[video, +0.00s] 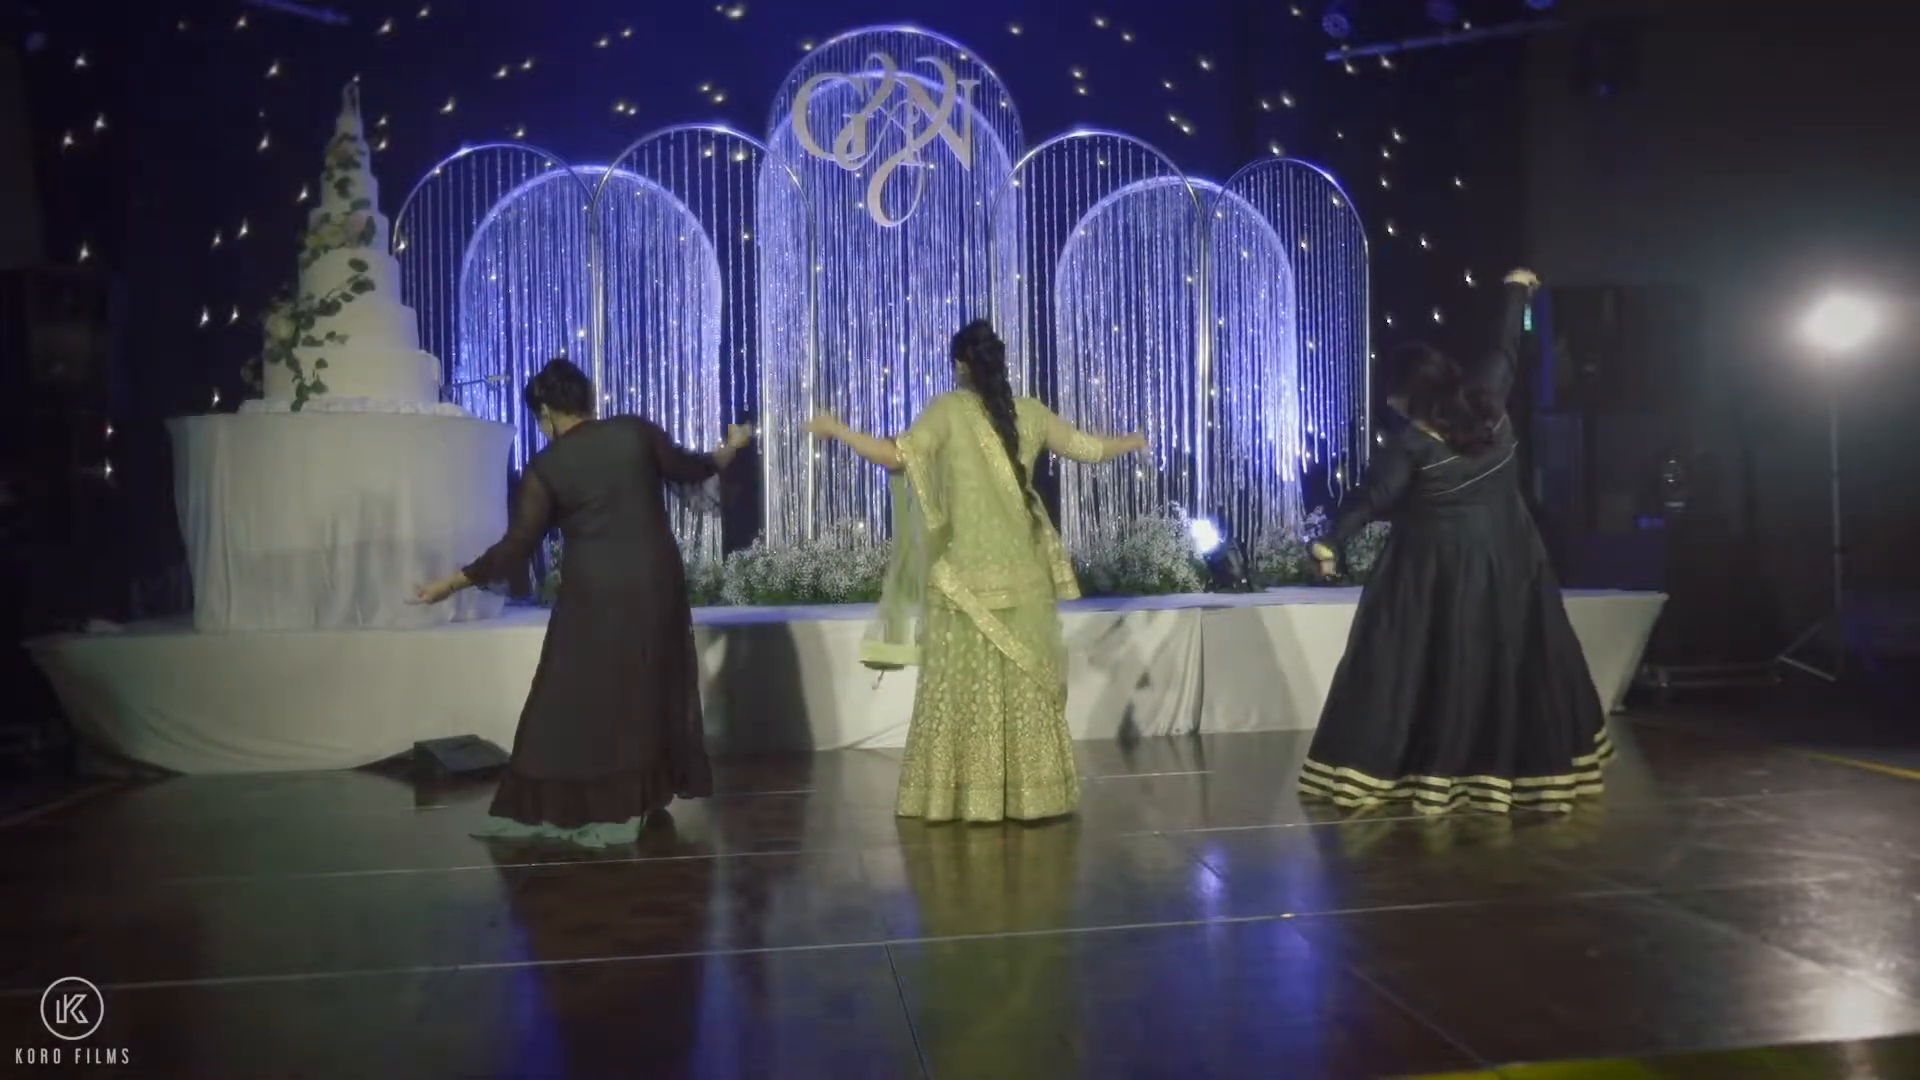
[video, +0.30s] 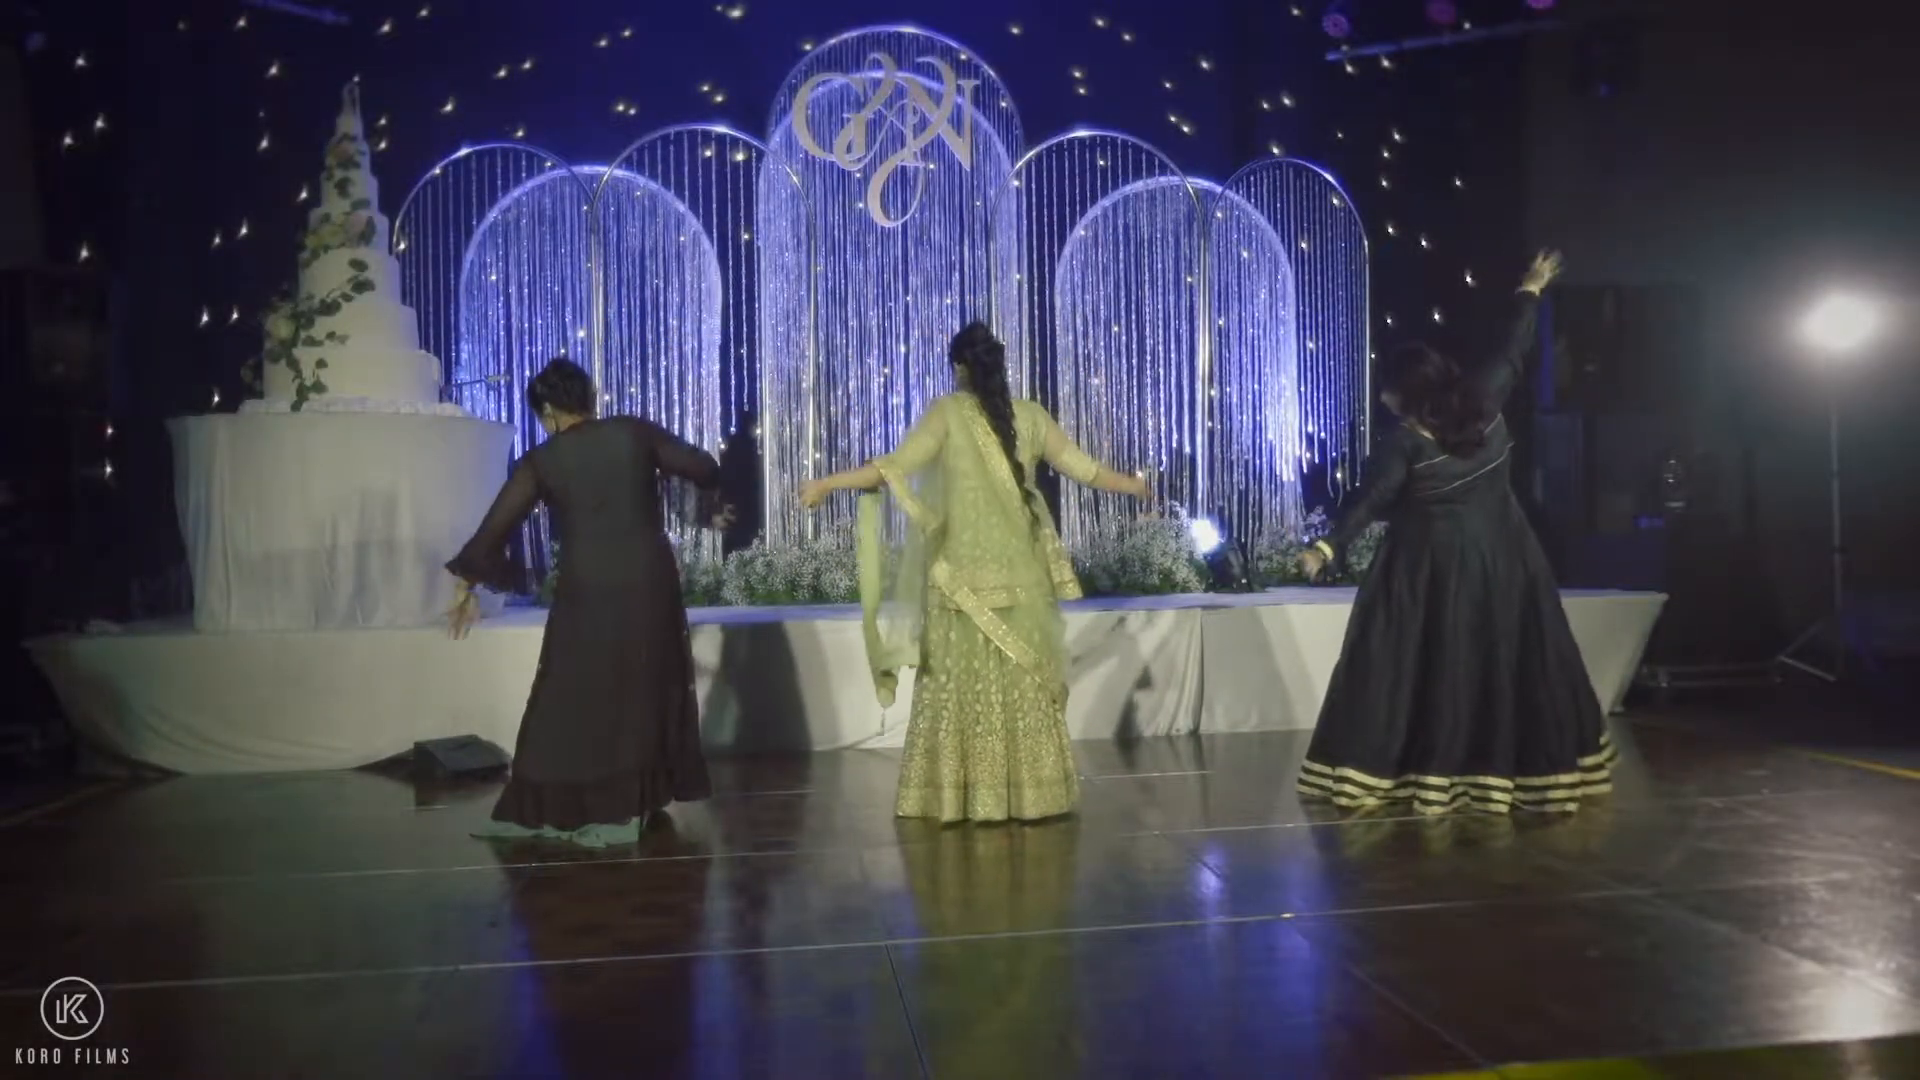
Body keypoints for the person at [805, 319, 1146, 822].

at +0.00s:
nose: (954, 368)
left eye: (954, 361)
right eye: (959, 360)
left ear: (960, 363)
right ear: (998, 360)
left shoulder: (946, 409)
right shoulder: (1028, 412)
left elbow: (895, 456)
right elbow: (1088, 448)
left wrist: (837, 431)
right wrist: (1128, 442)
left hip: (966, 576)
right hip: (1027, 574)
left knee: (966, 691)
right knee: (1030, 686)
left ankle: (969, 797)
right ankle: (1032, 795)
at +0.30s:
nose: (953, 372)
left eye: (953, 365)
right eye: (958, 364)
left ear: (958, 366)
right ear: (998, 363)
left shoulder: (946, 412)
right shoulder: (1030, 415)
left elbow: (894, 467)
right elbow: (1081, 466)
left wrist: (828, 483)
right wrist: (1134, 484)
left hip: (965, 575)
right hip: (1024, 573)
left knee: (966, 690)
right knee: (1027, 684)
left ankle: (968, 796)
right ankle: (1031, 794)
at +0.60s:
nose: (946, 376)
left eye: (947, 368)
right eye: (947, 368)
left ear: (958, 369)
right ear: (991, 366)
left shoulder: (948, 412)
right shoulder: (1029, 413)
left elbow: (894, 457)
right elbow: (1087, 451)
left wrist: (829, 435)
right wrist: (1130, 453)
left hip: (967, 577)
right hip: (1028, 574)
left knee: (966, 688)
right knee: (1029, 686)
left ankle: (967, 796)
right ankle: (1027, 795)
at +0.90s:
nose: (931, 376)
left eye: (934, 368)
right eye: (931, 368)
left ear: (955, 366)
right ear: (970, 366)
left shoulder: (948, 409)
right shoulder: (995, 413)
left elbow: (933, 469)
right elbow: (1031, 486)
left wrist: (869, 469)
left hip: (969, 570)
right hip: (1013, 566)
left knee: (967, 681)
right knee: (1012, 681)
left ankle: (966, 795)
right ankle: (1014, 795)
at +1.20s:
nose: (918, 373)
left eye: (923, 364)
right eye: (917, 364)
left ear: (950, 365)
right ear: (946, 366)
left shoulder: (973, 410)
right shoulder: (945, 417)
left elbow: (1002, 465)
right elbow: (930, 500)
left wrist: (960, 463)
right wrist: (905, 565)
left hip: (977, 575)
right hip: (944, 572)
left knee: (977, 683)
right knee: (943, 683)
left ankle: (983, 792)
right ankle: (944, 791)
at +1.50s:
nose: (924, 373)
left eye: (933, 364)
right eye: (919, 365)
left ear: (961, 368)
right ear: (917, 370)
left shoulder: (988, 414)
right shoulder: (910, 419)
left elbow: (1030, 474)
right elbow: (875, 467)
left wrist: (976, 484)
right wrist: (879, 526)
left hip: (980, 562)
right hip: (924, 561)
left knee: (979, 670)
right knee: (918, 671)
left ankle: (982, 788)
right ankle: (915, 790)